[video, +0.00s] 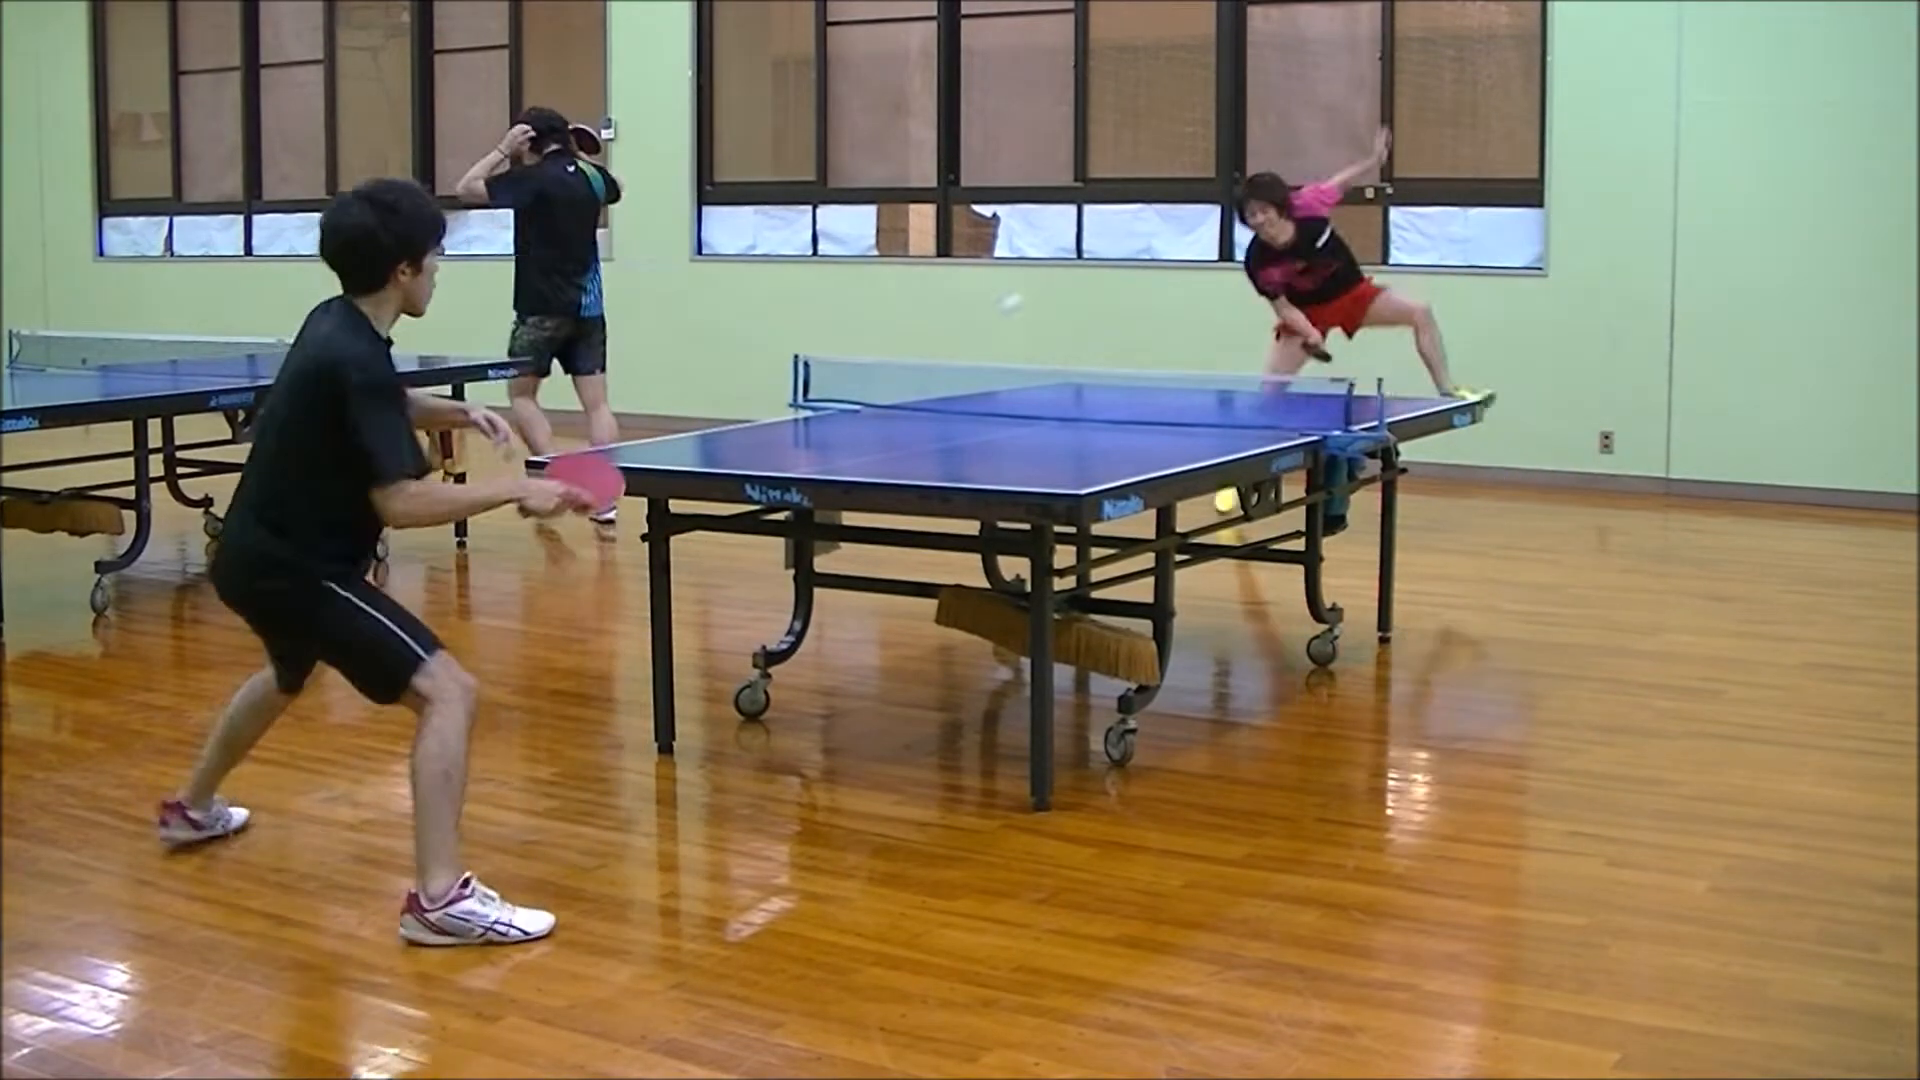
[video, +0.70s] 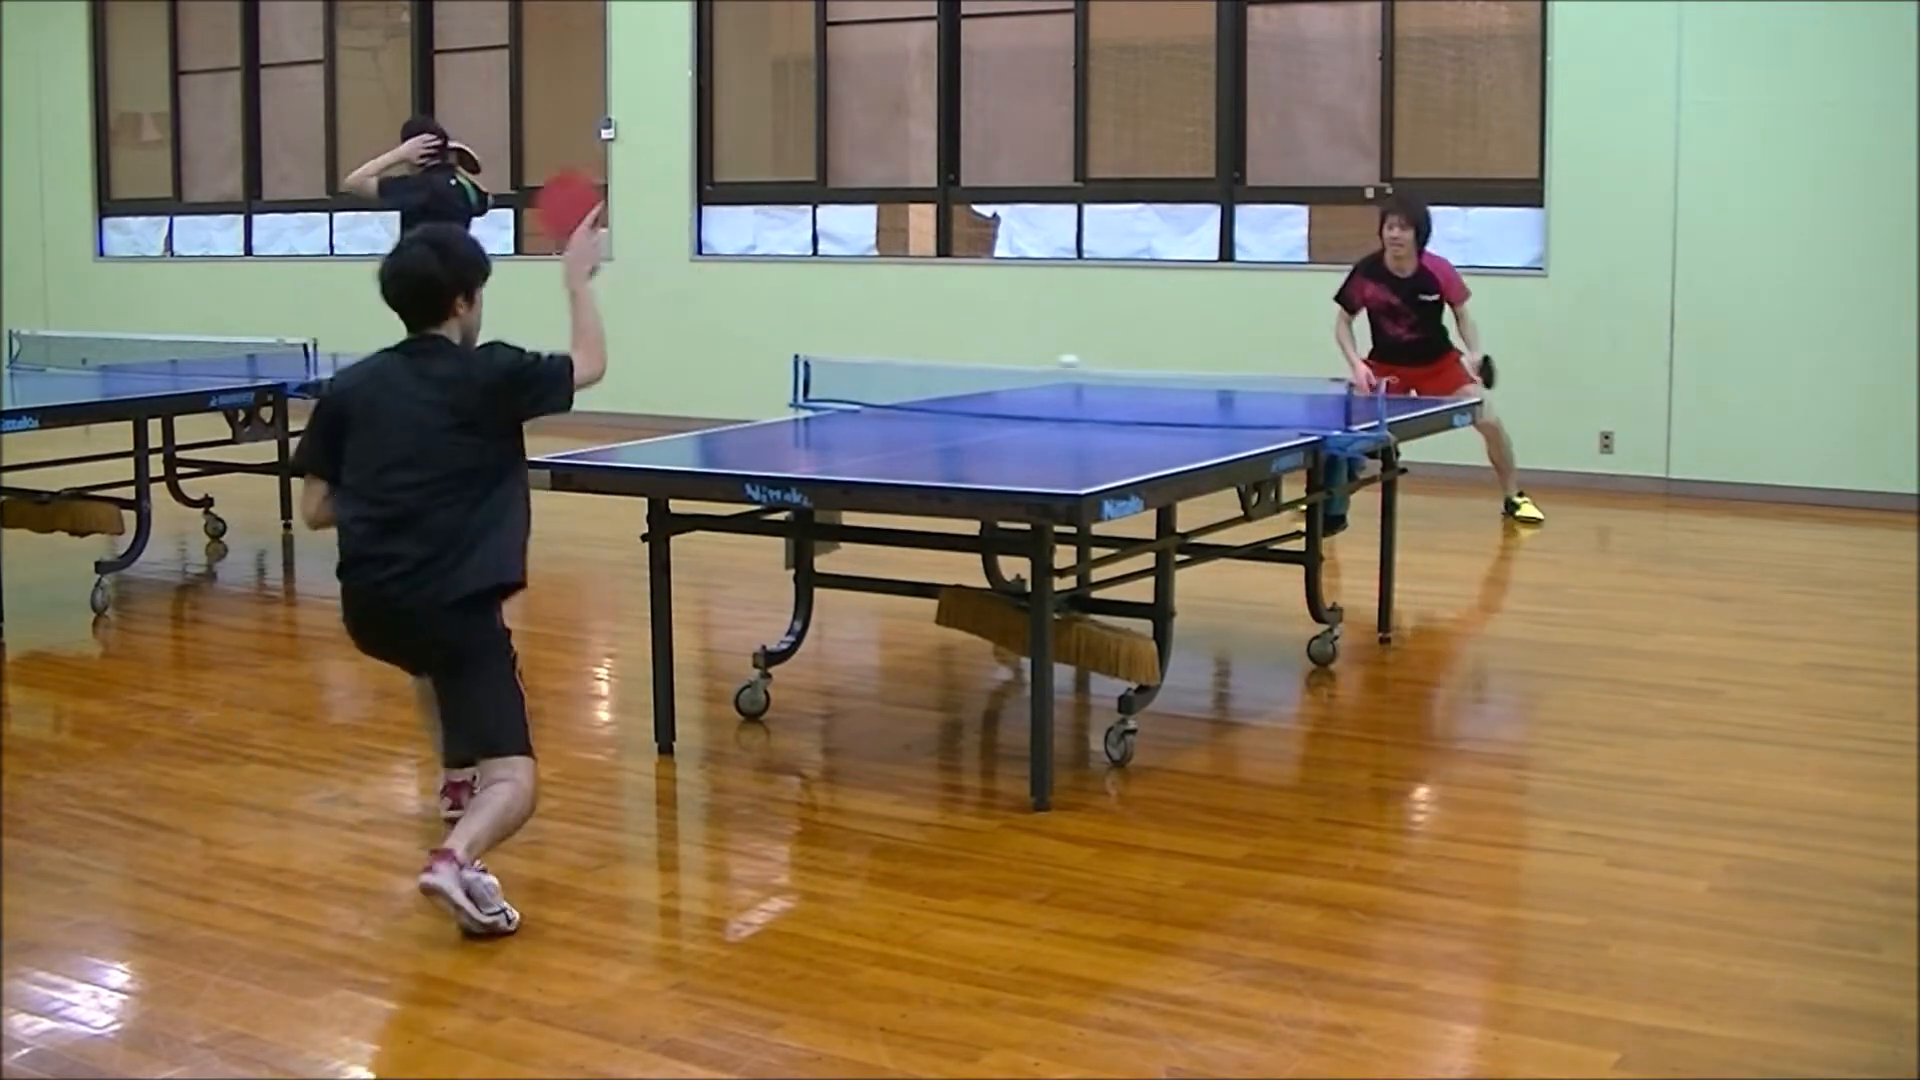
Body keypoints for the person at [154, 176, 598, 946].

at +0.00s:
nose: (435, 277)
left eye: (434, 261)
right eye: (431, 262)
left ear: (362, 265)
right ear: (404, 271)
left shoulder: (330, 327)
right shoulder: (362, 359)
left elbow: (353, 409)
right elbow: (399, 503)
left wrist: (446, 415)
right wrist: (512, 488)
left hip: (249, 553)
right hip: (296, 571)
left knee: (287, 673)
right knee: (449, 690)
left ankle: (192, 806)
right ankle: (440, 893)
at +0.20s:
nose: (434, 304)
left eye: (431, 292)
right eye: (425, 294)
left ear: (381, 311)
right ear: (388, 308)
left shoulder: (399, 364)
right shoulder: (308, 383)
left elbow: (463, 384)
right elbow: (325, 511)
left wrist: (395, 341)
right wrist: (369, 477)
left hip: (346, 576)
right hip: (289, 576)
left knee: (338, 723)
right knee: (413, 672)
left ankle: (181, 775)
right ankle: (397, 881)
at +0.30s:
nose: (434, 283)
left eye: (428, 271)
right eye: (423, 275)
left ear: (385, 295)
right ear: (389, 297)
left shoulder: (419, 340)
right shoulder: (322, 375)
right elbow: (376, 505)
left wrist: (465, 383)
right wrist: (362, 447)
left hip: (369, 553)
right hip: (307, 557)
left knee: (337, 705)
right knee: (427, 676)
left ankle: (185, 764)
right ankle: (396, 881)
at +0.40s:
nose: (451, 233)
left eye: (444, 221)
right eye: (438, 226)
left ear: (399, 250)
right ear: (405, 252)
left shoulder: (405, 297)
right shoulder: (373, 349)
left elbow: (430, 356)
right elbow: (451, 458)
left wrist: (483, 373)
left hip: (367, 514)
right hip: (329, 528)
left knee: (374, 639)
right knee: (455, 685)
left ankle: (252, 735)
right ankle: (398, 879)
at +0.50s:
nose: (470, 226)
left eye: (463, 213)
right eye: (458, 217)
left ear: (394, 234)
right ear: (425, 239)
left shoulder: (344, 287)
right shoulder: (444, 328)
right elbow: (559, 401)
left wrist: (422, 153)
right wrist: (643, 340)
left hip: (313, 521)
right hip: (382, 536)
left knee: (401, 570)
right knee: (479, 709)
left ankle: (369, 705)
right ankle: (415, 870)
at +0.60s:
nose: (479, 257)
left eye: (476, 245)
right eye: (474, 246)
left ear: (395, 258)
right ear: (453, 258)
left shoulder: (344, 331)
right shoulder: (477, 337)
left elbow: (307, 403)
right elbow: (595, 351)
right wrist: (628, 252)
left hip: (343, 577)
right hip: (428, 578)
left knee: (455, 619)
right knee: (477, 756)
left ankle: (439, 762)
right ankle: (454, 866)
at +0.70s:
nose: (482, 303)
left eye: (477, 290)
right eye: (478, 293)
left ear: (401, 302)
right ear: (462, 301)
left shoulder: (352, 387)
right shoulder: (491, 373)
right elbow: (588, 364)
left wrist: (388, 481)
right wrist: (578, 277)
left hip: (369, 613)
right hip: (457, 612)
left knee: (432, 660)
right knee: (513, 777)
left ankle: (456, 775)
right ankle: (457, 858)